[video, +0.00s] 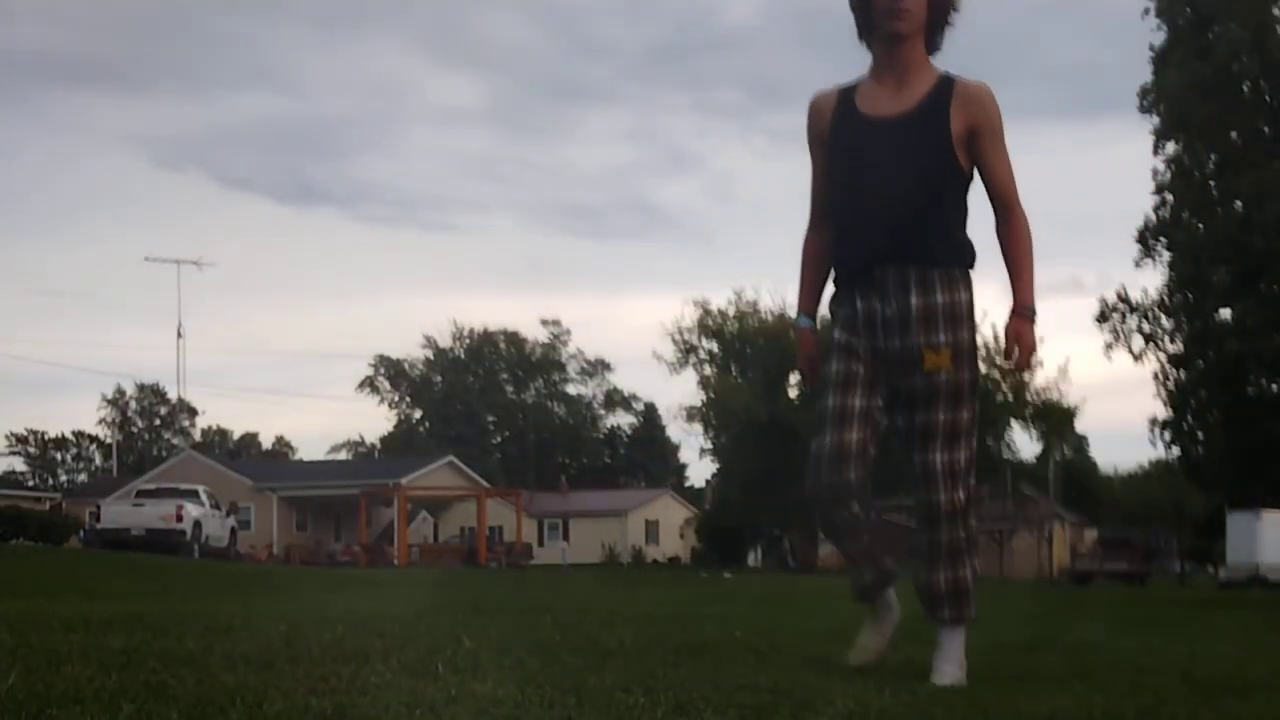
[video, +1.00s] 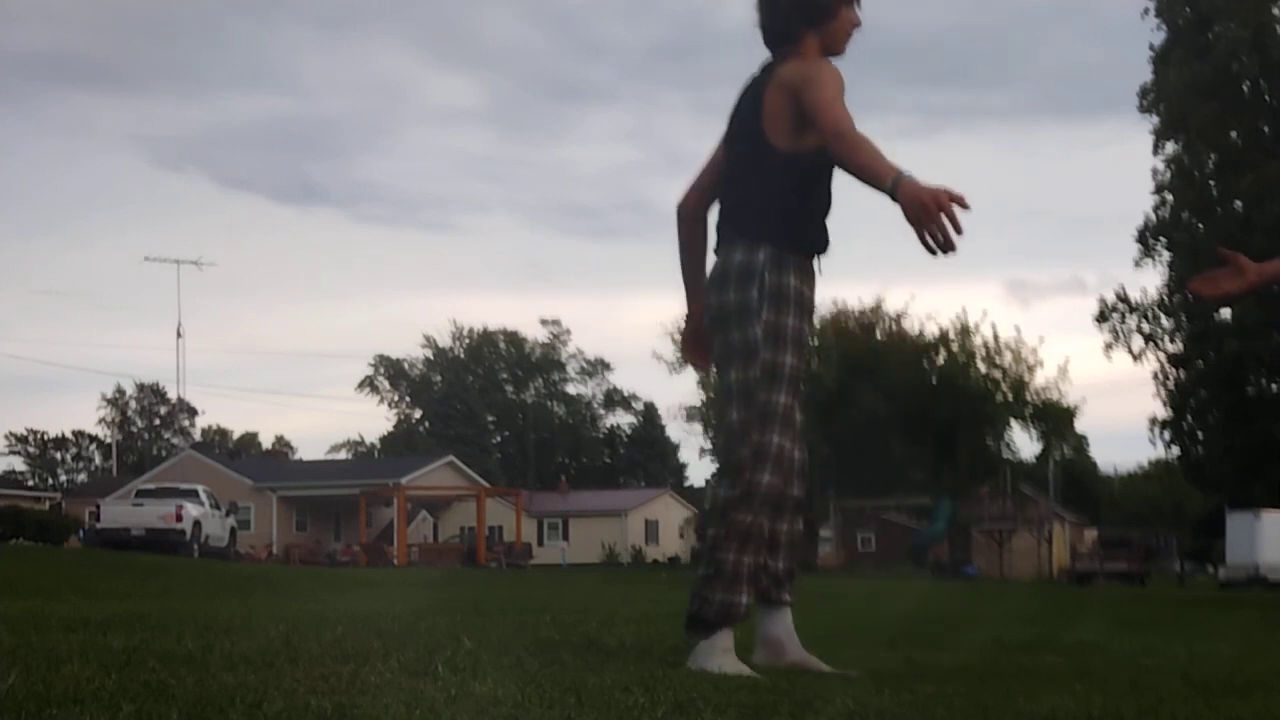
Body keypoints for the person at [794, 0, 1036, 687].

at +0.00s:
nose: (897, 2)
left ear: (934, 9)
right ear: (861, 11)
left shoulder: (968, 100)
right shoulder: (829, 108)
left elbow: (1009, 211)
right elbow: (821, 222)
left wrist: (1024, 310)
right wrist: (806, 317)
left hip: (939, 301)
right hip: (856, 306)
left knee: (942, 478)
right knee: (834, 478)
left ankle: (951, 631)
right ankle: (880, 596)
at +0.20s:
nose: (841, 2)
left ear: (868, 6)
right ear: (798, 10)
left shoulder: (916, 89)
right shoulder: (766, 104)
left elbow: (958, 195)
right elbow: (754, 221)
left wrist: (988, 267)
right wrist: (744, 320)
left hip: (891, 297)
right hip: (802, 303)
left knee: (918, 473)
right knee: (787, 471)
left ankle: (945, 636)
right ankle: (717, 639)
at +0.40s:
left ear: (800, 3)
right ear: (758, 0)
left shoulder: (855, 74)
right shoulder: (722, 88)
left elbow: (871, 182)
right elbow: (680, 210)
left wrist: (916, 259)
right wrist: (666, 323)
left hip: (836, 288)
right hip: (757, 290)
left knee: (871, 464)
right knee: (753, 465)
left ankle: (901, 642)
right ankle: (713, 645)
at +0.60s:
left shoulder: (817, 72)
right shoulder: (732, 63)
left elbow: (797, 198)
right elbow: (675, 165)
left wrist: (829, 291)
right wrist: (644, 270)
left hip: (802, 274)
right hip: (738, 270)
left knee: (830, 455)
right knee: (731, 454)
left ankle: (828, 630)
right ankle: (711, 641)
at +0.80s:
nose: (830, 3)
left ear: (788, 8)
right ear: (796, 3)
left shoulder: (786, 72)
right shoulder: (762, 59)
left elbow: (761, 161)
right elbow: (738, 143)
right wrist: (753, 212)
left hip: (781, 272)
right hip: (741, 263)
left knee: (791, 455)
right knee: (724, 447)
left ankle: (775, 633)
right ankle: (706, 640)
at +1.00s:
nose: (857, 16)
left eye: (855, 6)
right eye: (849, 6)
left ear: (792, 20)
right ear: (819, 15)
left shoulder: (760, 91)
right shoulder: (813, 72)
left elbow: (692, 206)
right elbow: (835, 136)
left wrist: (696, 306)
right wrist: (903, 185)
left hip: (742, 276)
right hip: (769, 273)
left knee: (782, 454)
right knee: (759, 455)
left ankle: (775, 634)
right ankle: (711, 643)